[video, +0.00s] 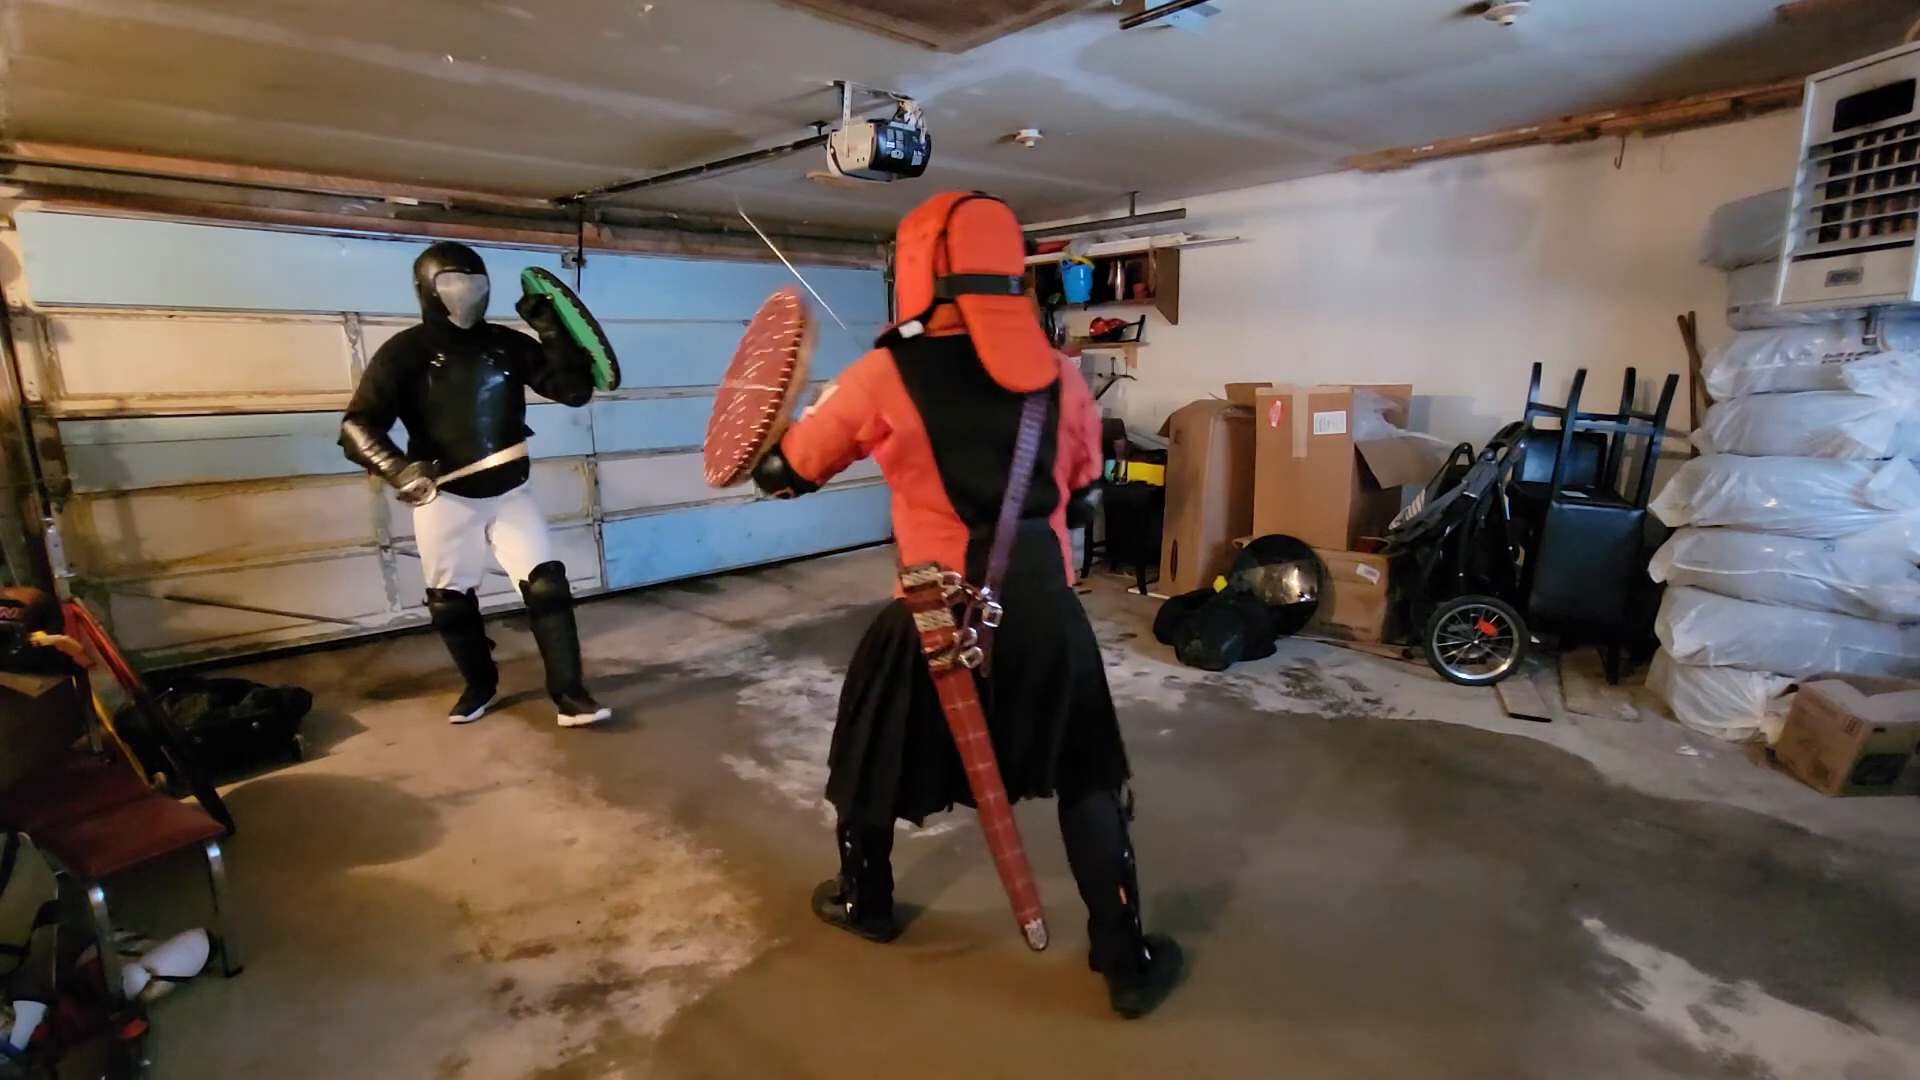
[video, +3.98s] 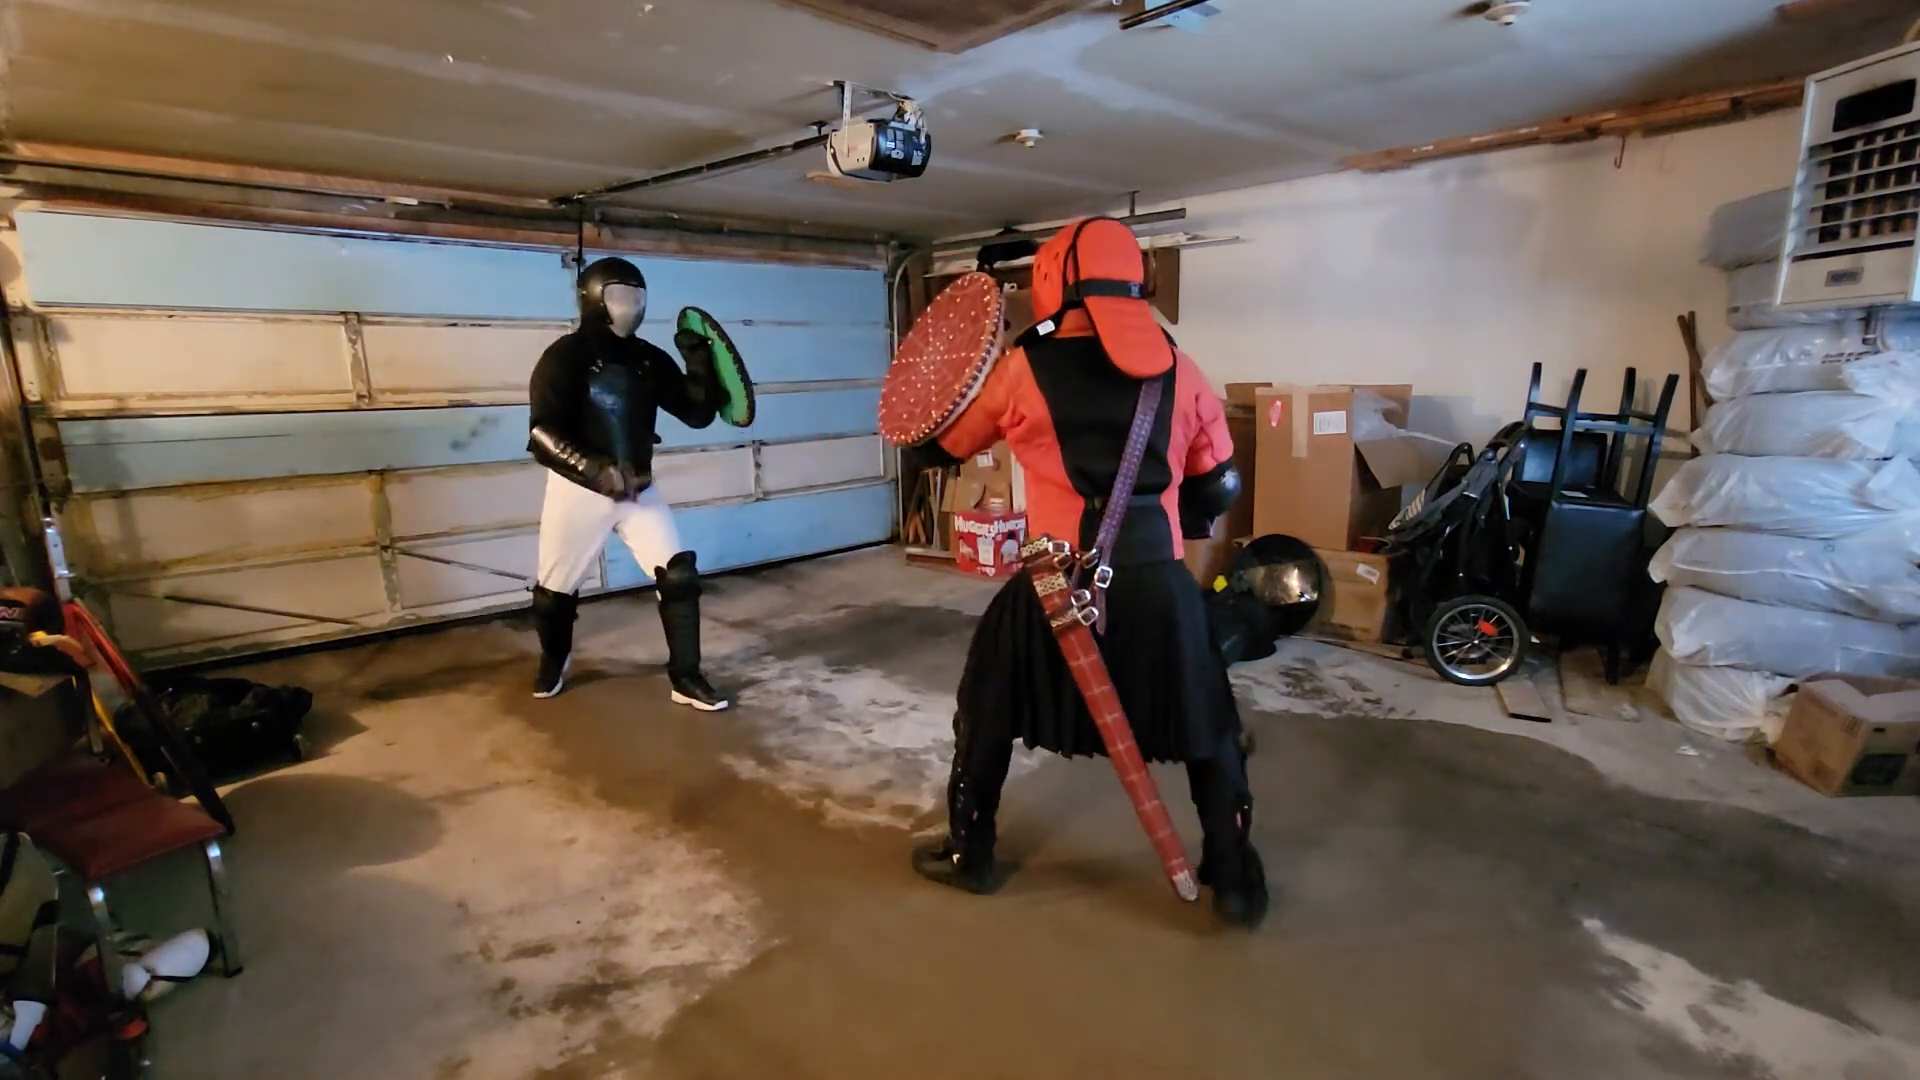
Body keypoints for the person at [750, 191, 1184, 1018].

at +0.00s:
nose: (896, 281)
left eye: (903, 267)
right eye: (900, 266)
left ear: (924, 274)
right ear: (1010, 272)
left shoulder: (886, 373)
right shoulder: (1061, 376)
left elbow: (803, 459)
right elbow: (1081, 482)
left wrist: (773, 453)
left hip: (933, 612)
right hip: (1046, 610)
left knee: (870, 744)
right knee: (1087, 772)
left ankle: (868, 897)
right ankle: (1126, 962)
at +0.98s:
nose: (866, 278)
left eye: (871, 266)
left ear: (886, 268)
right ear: (971, 266)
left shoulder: (854, 363)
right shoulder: (1021, 363)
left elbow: (764, 466)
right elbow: (1044, 488)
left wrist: (753, 411)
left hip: (904, 590)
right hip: (1011, 585)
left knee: (862, 724)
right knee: (1068, 740)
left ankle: (862, 867)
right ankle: (1105, 920)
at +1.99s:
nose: (859, 281)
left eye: (863, 269)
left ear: (872, 272)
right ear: (957, 270)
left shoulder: (843, 361)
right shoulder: (999, 363)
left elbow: (760, 435)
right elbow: (1028, 487)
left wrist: (744, 392)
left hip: (891, 577)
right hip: (993, 570)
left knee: (844, 704)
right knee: (1058, 715)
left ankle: (846, 852)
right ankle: (1102, 887)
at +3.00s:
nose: (947, 288)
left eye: (954, 277)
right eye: (950, 276)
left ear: (973, 284)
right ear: (1047, 278)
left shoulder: (949, 369)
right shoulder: (1102, 363)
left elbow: (871, 445)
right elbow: (1118, 453)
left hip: (1002, 579)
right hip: (1103, 576)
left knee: (949, 699)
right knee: (1140, 724)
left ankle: (955, 853)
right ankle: (1163, 892)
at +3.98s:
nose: (1035, 293)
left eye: (1041, 281)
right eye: (1038, 281)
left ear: (1059, 286)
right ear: (1132, 286)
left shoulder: (1024, 367)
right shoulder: (1182, 373)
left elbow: (947, 443)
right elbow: (1217, 490)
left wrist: (942, 367)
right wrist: (1152, 519)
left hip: (1055, 580)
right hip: (1160, 582)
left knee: (987, 701)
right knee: (1208, 725)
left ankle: (969, 849)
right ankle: (1236, 879)